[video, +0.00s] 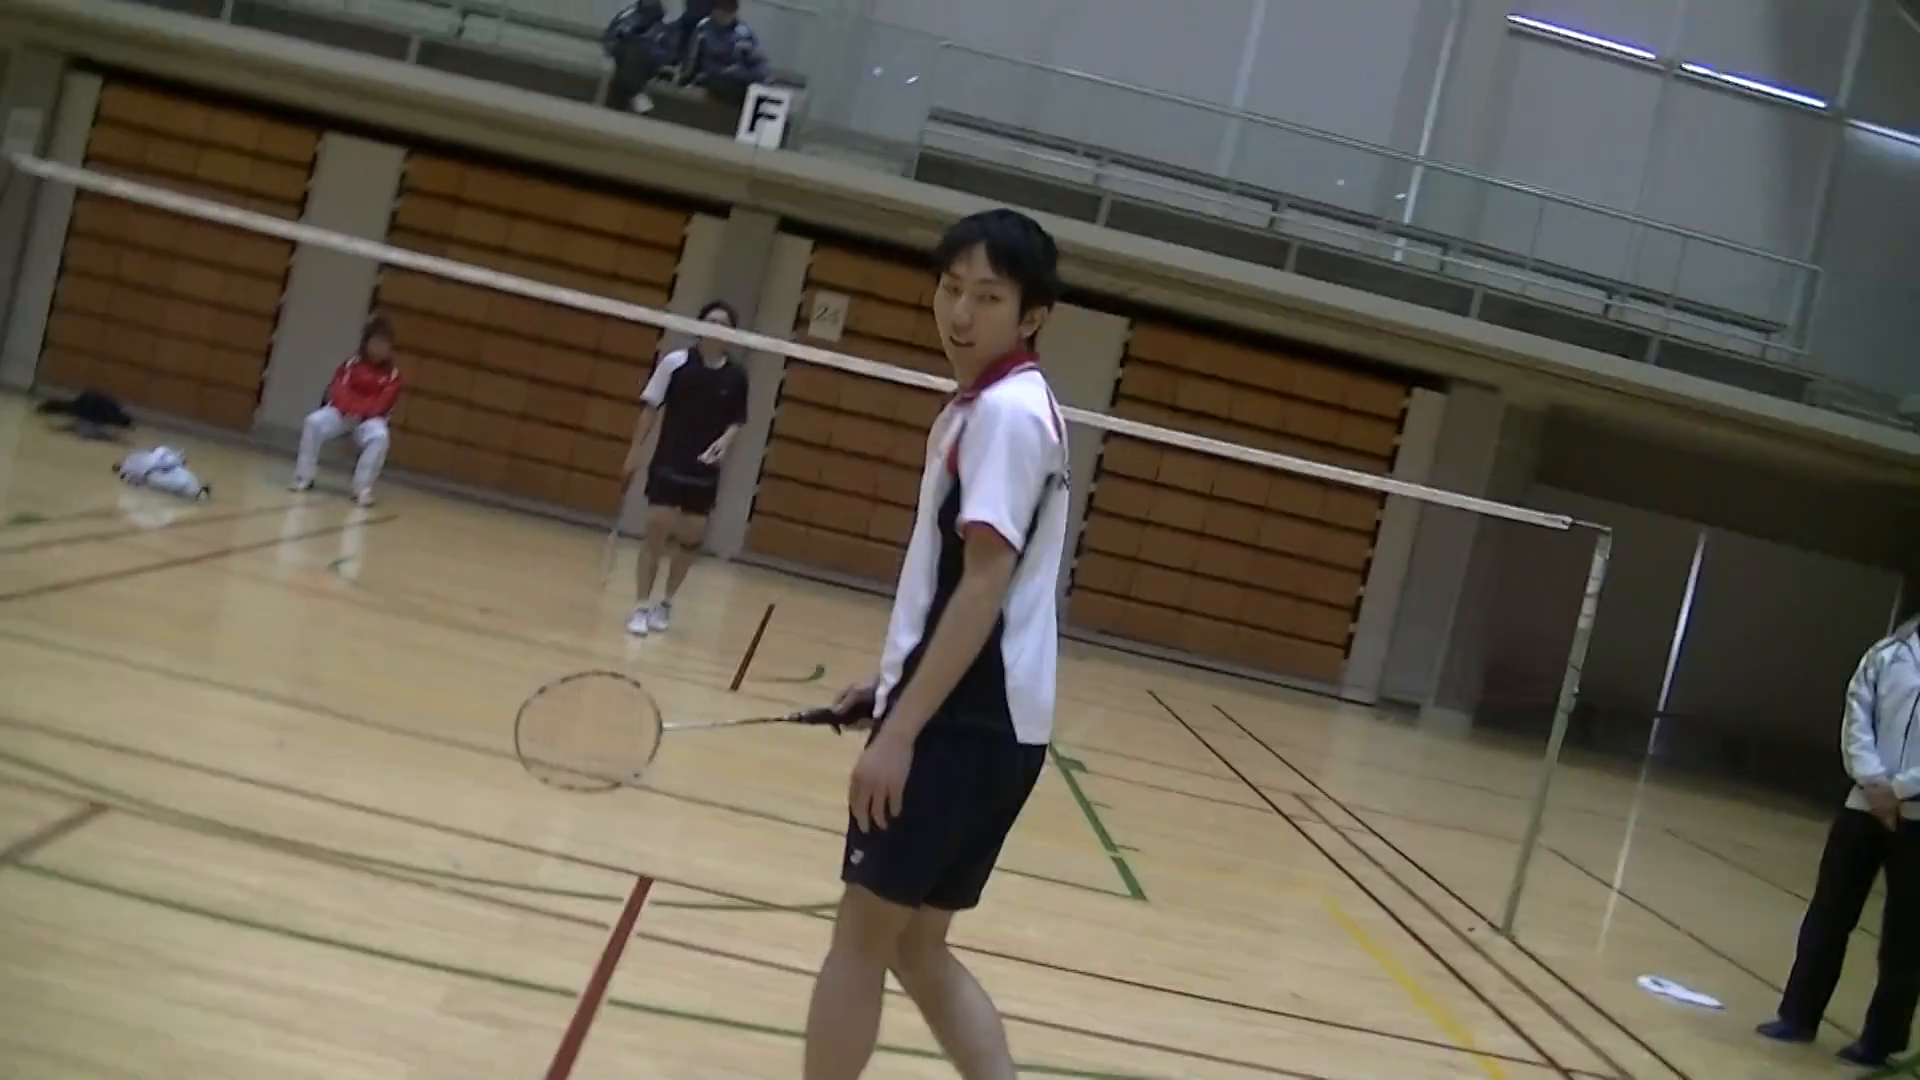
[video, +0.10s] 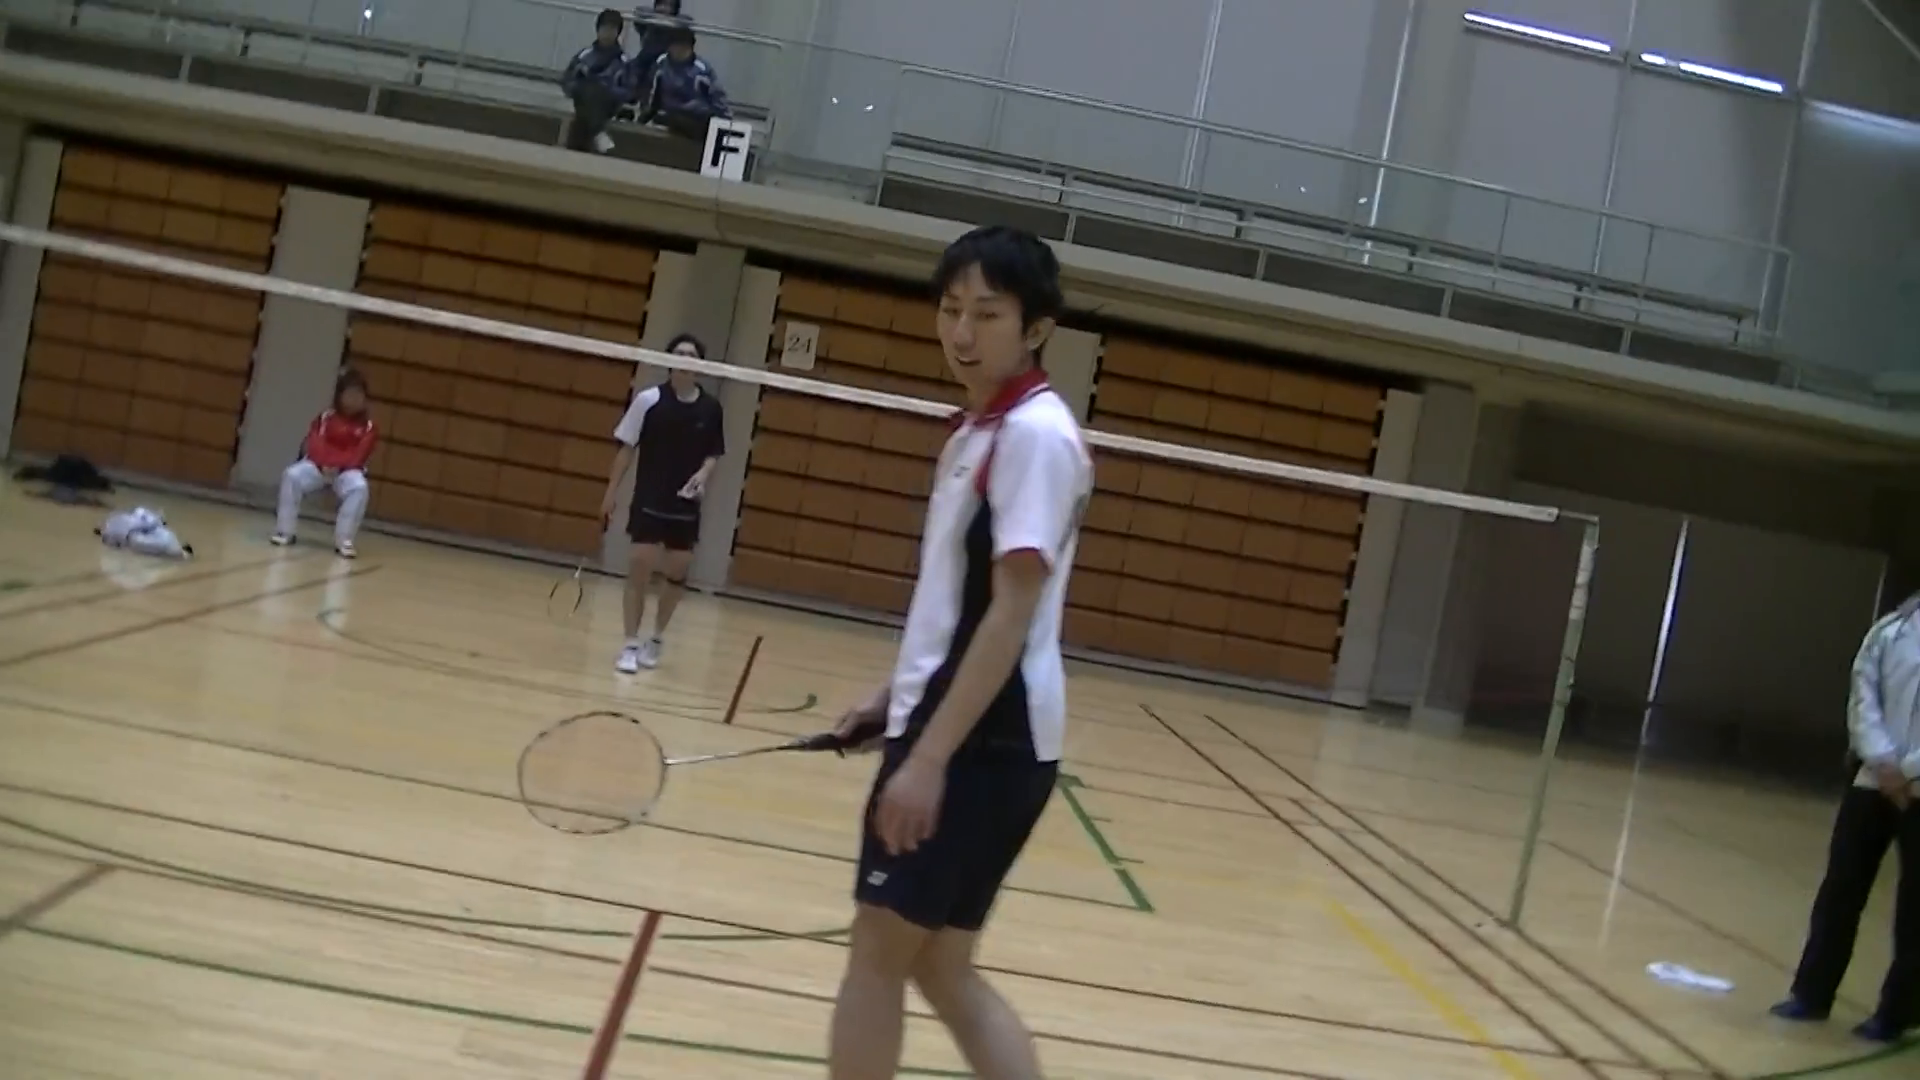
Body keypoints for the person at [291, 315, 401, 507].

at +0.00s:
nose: (378, 350)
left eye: (384, 344)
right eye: (374, 343)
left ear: (391, 348)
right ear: (365, 344)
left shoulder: (392, 376)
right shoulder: (351, 365)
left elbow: (382, 404)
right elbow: (337, 391)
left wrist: (360, 412)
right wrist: (348, 408)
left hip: (370, 417)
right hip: (342, 410)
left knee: (379, 439)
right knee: (314, 423)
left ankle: (362, 488)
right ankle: (304, 477)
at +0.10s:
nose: (353, 402)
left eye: (358, 396)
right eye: (348, 395)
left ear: (365, 399)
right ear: (339, 397)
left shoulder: (367, 427)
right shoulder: (326, 418)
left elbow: (358, 456)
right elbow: (314, 444)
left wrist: (338, 465)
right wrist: (323, 462)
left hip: (347, 469)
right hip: (319, 464)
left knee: (359, 489)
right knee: (292, 476)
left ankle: (345, 539)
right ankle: (285, 531)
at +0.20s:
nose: (343, 441)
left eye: (347, 435)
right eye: (338, 435)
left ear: (354, 438)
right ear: (329, 437)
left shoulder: (359, 466)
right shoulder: (317, 460)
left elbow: (351, 495)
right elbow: (307, 487)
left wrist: (331, 506)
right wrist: (317, 504)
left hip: (341, 510)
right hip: (313, 506)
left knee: (353, 529)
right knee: (286, 520)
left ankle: (342, 580)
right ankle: (282, 575)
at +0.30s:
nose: (320, 476)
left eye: (325, 470)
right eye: (315, 470)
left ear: (332, 472)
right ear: (306, 472)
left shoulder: (336, 501)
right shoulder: (296, 496)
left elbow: (331, 530)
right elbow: (286, 524)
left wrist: (313, 541)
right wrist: (298, 539)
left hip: (322, 544)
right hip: (294, 542)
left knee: (334, 563)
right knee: (267, 558)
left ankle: (325, 615)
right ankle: (265, 612)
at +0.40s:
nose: (295, 503)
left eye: (300, 497)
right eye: (289, 497)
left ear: (306, 499)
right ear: (280, 500)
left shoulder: (312, 527)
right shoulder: (269, 524)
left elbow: (308, 556)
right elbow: (261, 550)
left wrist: (289, 569)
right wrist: (272, 567)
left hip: (298, 571)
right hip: (270, 570)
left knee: (311, 590)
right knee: (243, 586)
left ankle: (303, 642)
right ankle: (242, 641)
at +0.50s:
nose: (273, 519)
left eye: (278, 512)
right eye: (268, 513)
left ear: (284, 515)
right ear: (258, 516)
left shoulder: (289, 543)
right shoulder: (247, 540)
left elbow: (286, 572)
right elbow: (238, 566)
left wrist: (266, 585)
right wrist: (250, 584)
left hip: (275, 588)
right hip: (247, 586)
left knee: (288, 607)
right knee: (220, 603)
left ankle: (281, 659)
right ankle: (220, 658)